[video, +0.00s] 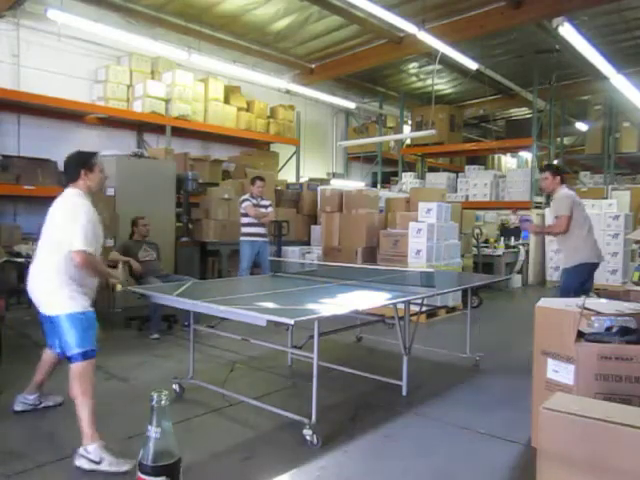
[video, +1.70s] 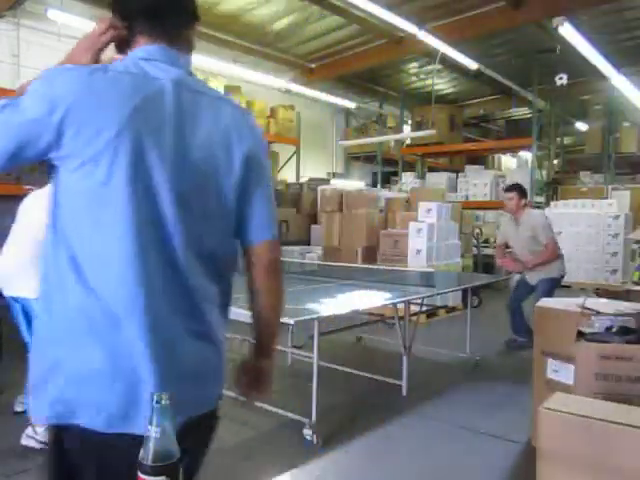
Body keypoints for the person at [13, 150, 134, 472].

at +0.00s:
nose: (105, 175)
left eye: (102, 170)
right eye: (100, 170)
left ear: (80, 175)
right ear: (85, 174)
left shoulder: (66, 200)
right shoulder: (81, 206)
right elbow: (81, 257)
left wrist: (107, 259)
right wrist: (108, 275)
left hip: (46, 287)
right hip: (65, 293)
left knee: (57, 345)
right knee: (83, 360)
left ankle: (30, 394)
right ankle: (91, 445)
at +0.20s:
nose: (95, 169)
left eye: (94, 164)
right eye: (91, 164)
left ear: (71, 167)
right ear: (76, 167)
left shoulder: (59, 190)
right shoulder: (67, 193)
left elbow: (59, 241)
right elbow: (59, 241)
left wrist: (83, 259)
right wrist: (82, 264)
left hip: (33, 278)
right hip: (47, 282)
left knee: (45, 342)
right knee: (59, 350)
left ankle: (30, 393)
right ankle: (54, 434)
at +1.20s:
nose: (84, 179)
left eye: (84, 174)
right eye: (81, 174)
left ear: (56, 174)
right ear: (65, 174)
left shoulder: (29, 197)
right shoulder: (67, 200)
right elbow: (94, 240)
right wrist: (121, 252)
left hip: (7, 282)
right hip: (32, 284)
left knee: (35, 345)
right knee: (42, 350)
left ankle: (30, 396)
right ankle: (32, 431)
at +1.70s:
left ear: (52, 171)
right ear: (70, 172)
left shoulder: (34, 196)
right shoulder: (67, 199)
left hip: (9, 280)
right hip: (35, 284)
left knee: (35, 346)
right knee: (44, 353)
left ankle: (26, 396)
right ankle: (40, 424)